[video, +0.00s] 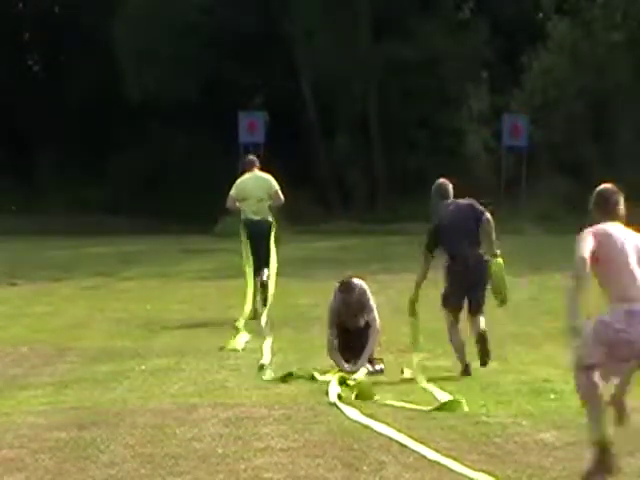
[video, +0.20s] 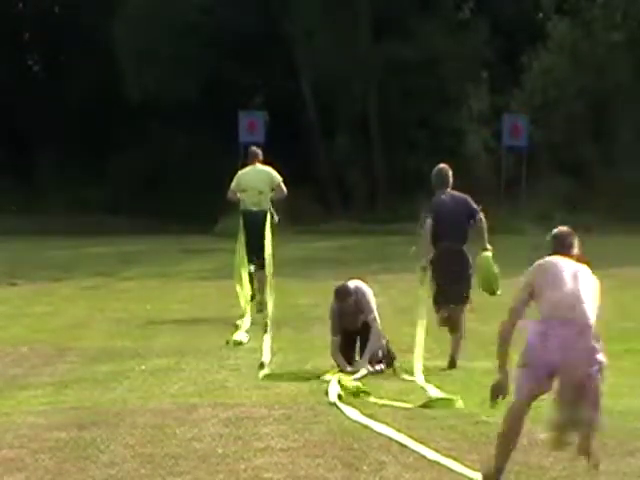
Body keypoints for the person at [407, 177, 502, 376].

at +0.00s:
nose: (436, 202)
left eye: (435, 198)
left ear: (435, 198)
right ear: (452, 193)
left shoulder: (438, 219)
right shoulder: (470, 205)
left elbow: (427, 259)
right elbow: (487, 220)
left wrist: (415, 292)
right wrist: (493, 250)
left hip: (457, 266)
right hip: (479, 261)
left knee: (452, 318)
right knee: (476, 312)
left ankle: (464, 364)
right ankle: (481, 334)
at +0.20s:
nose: (443, 185)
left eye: (438, 182)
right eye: (447, 180)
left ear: (433, 182)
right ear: (451, 181)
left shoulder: (432, 204)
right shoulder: (464, 200)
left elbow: (427, 228)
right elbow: (480, 220)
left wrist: (424, 253)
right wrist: (485, 245)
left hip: (440, 252)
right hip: (460, 251)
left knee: (440, 290)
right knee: (459, 303)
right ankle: (454, 355)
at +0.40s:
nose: (429, 179)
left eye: (426, 176)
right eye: (432, 175)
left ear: (421, 177)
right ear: (437, 175)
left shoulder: (422, 199)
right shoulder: (453, 194)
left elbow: (416, 225)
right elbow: (470, 216)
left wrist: (412, 249)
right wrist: (477, 243)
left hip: (435, 245)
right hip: (455, 243)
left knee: (432, 299)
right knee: (452, 292)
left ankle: (435, 345)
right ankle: (455, 320)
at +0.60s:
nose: (441, 179)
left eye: (435, 176)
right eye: (441, 176)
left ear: (426, 177)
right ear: (442, 176)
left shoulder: (418, 197)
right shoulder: (449, 198)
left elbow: (405, 216)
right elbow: (464, 223)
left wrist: (395, 227)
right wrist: (470, 243)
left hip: (424, 244)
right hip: (443, 244)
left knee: (424, 285)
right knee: (439, 287)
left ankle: (428, 322)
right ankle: (436, 328)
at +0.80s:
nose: (434, 175)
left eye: (428, 173)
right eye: (435, 171)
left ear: (420, 174)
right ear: (435, 172)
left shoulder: (417, 195)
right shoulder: (447, 191)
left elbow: (407, 217)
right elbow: (461, 214)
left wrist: (399, 215)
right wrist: (465, 231)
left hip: (425, 240)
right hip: (442, 239)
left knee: (423, 286)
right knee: (438, 279)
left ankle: (420, 329)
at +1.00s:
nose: (452, 177)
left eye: (452, 174)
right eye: (452, 174)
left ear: (436, 173)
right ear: (447, 174)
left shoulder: (423, 190)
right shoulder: (450, 191)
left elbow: (406, 208)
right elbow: (455, 216)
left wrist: (413, 216)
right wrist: (465, 217)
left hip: (425, 238)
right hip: (443, 238)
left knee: (425, 282)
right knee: (442, 283)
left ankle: (418, 319)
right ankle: (441, 323)